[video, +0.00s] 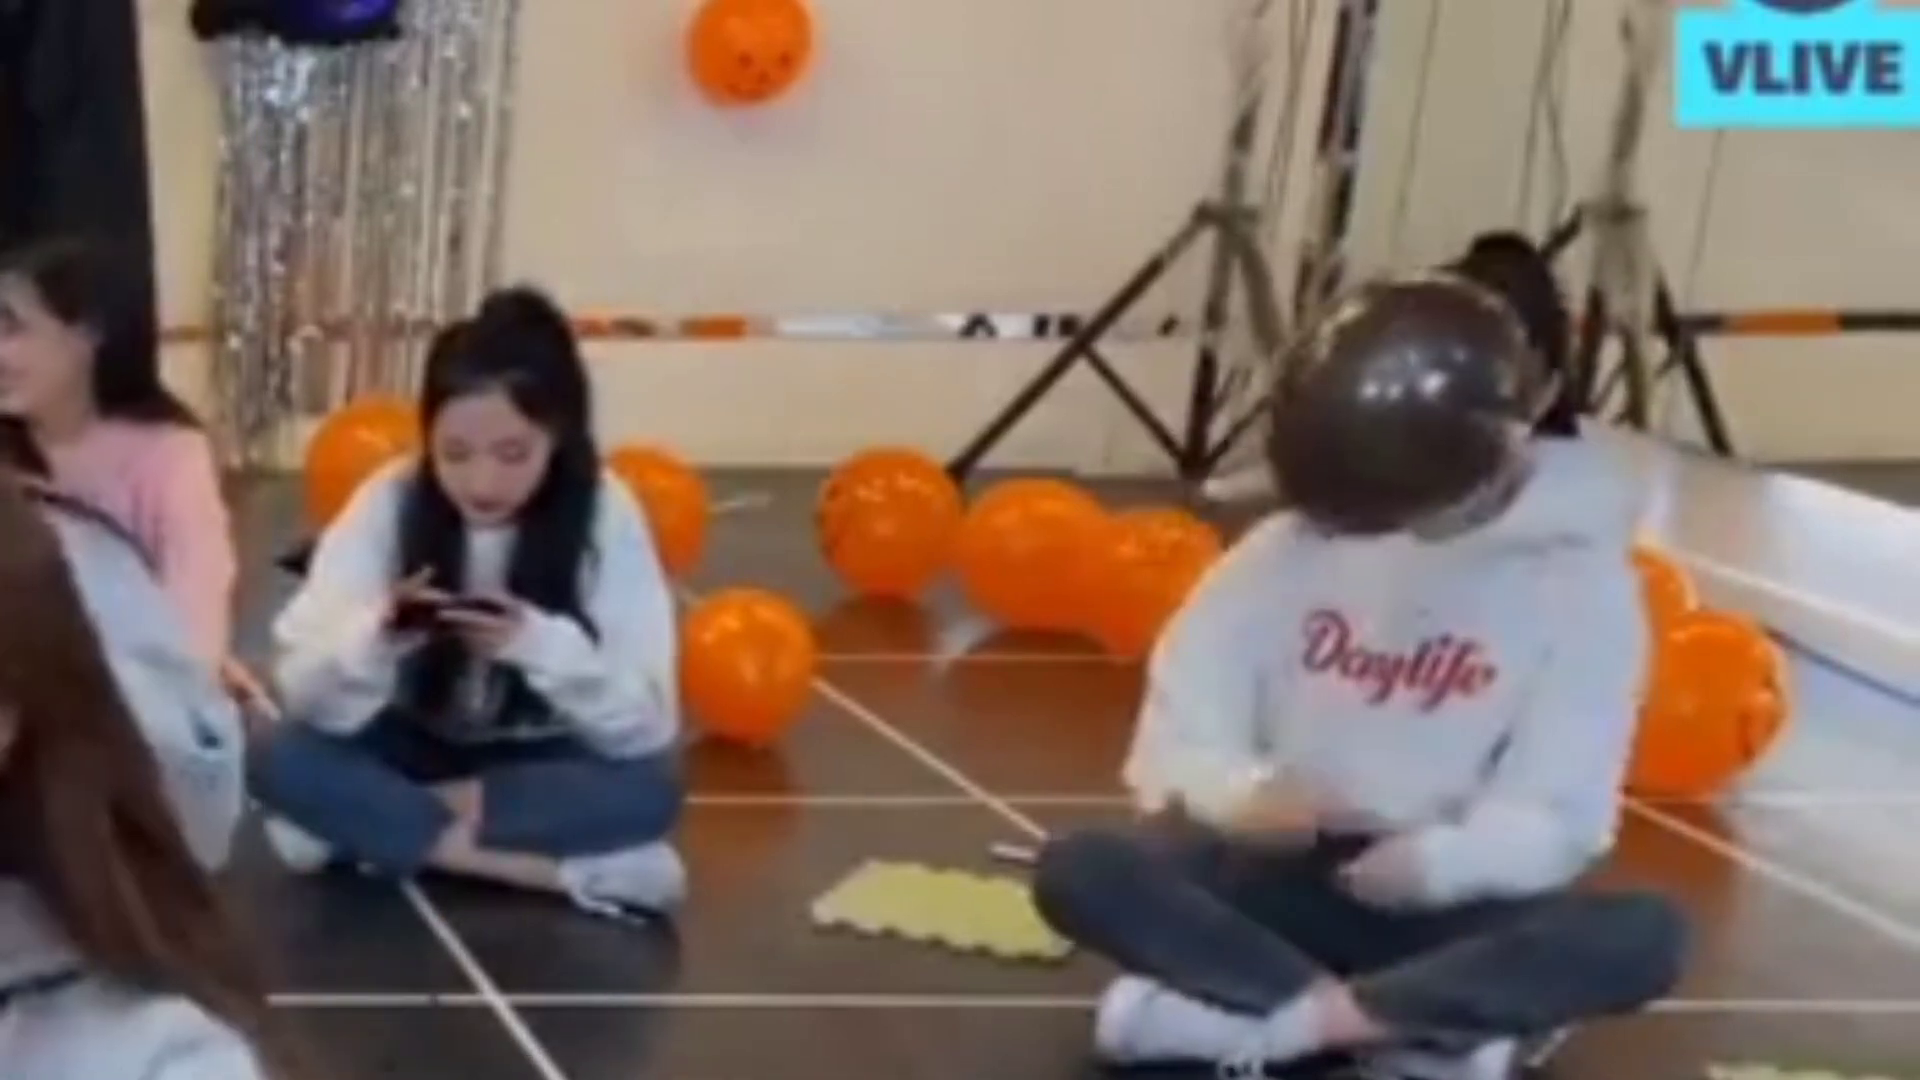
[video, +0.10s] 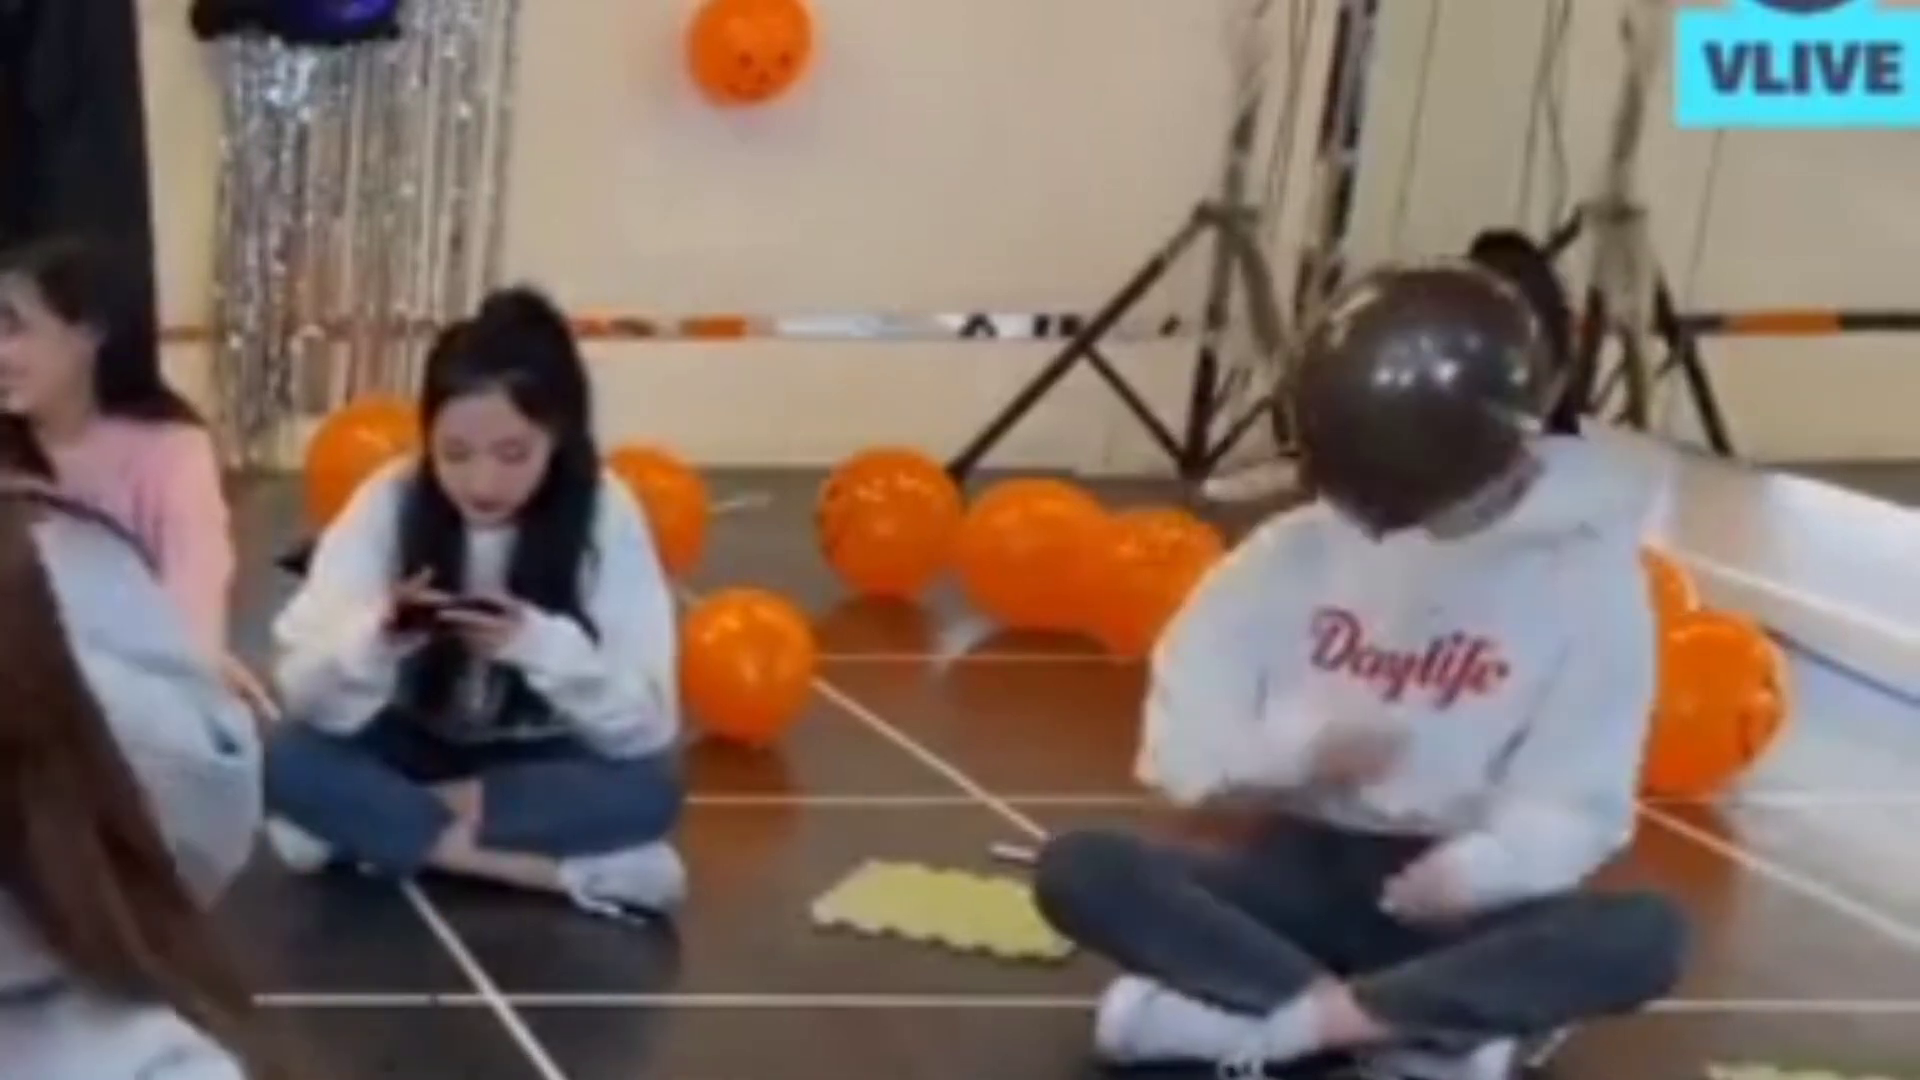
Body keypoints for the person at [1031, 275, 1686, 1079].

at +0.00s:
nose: (1374, 535)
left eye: (1400, 516)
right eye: (1343, 514)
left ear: (1497, 463)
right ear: (1319, 459)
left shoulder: (1580, 585)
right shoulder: (1289, 547)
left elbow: (1560, 816)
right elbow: (1172, 749)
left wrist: (1432, 863)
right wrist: (1244, 800)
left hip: (1453, 891)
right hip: (1274, 868)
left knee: (1644, 935)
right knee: (1076, 870)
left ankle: (1285, 1031)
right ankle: (1397, 1043)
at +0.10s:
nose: (1389, 534)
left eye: (1431, 516)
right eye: (1364, 510)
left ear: (1511, 461)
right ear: (1330, 466)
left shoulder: (1589, 578)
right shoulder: (1298, 547)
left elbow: (1582, 800)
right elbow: (1180, 745)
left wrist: (1480, 870)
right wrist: (1296, 760)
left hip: (1464, 879)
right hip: (1289, 861)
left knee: (1647, 936)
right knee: (1076, 868)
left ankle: (1285, 1031)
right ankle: (1405, 1043)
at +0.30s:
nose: (1417, 542)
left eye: (1444, 523)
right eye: (1387, 513)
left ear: (1513, 483)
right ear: (1351, 477)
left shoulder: (1595, 568)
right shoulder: (1303, 546)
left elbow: (1588, 801)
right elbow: (1195, 738)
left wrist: (1467, 881)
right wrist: (1359, 679)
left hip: (1484, 877)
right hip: (1310, 865)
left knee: (1646, 923)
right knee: (1083, 860)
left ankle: (1281, 1032)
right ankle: (1400, 1046)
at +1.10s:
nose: (1349, 591)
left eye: (1377, 578)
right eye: (1334, 567)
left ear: (1467, 547)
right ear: (1322, 497)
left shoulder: (1606, 584)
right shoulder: (1297, 557)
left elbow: (1594, 803)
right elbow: (1250, 748)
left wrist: (1475, 893)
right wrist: (1353, 691)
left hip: (1483, 884)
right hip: (1313, 872)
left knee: (1638, 924)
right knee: (1078, 854)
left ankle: (1272, 1033)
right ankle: (1399, 1046)